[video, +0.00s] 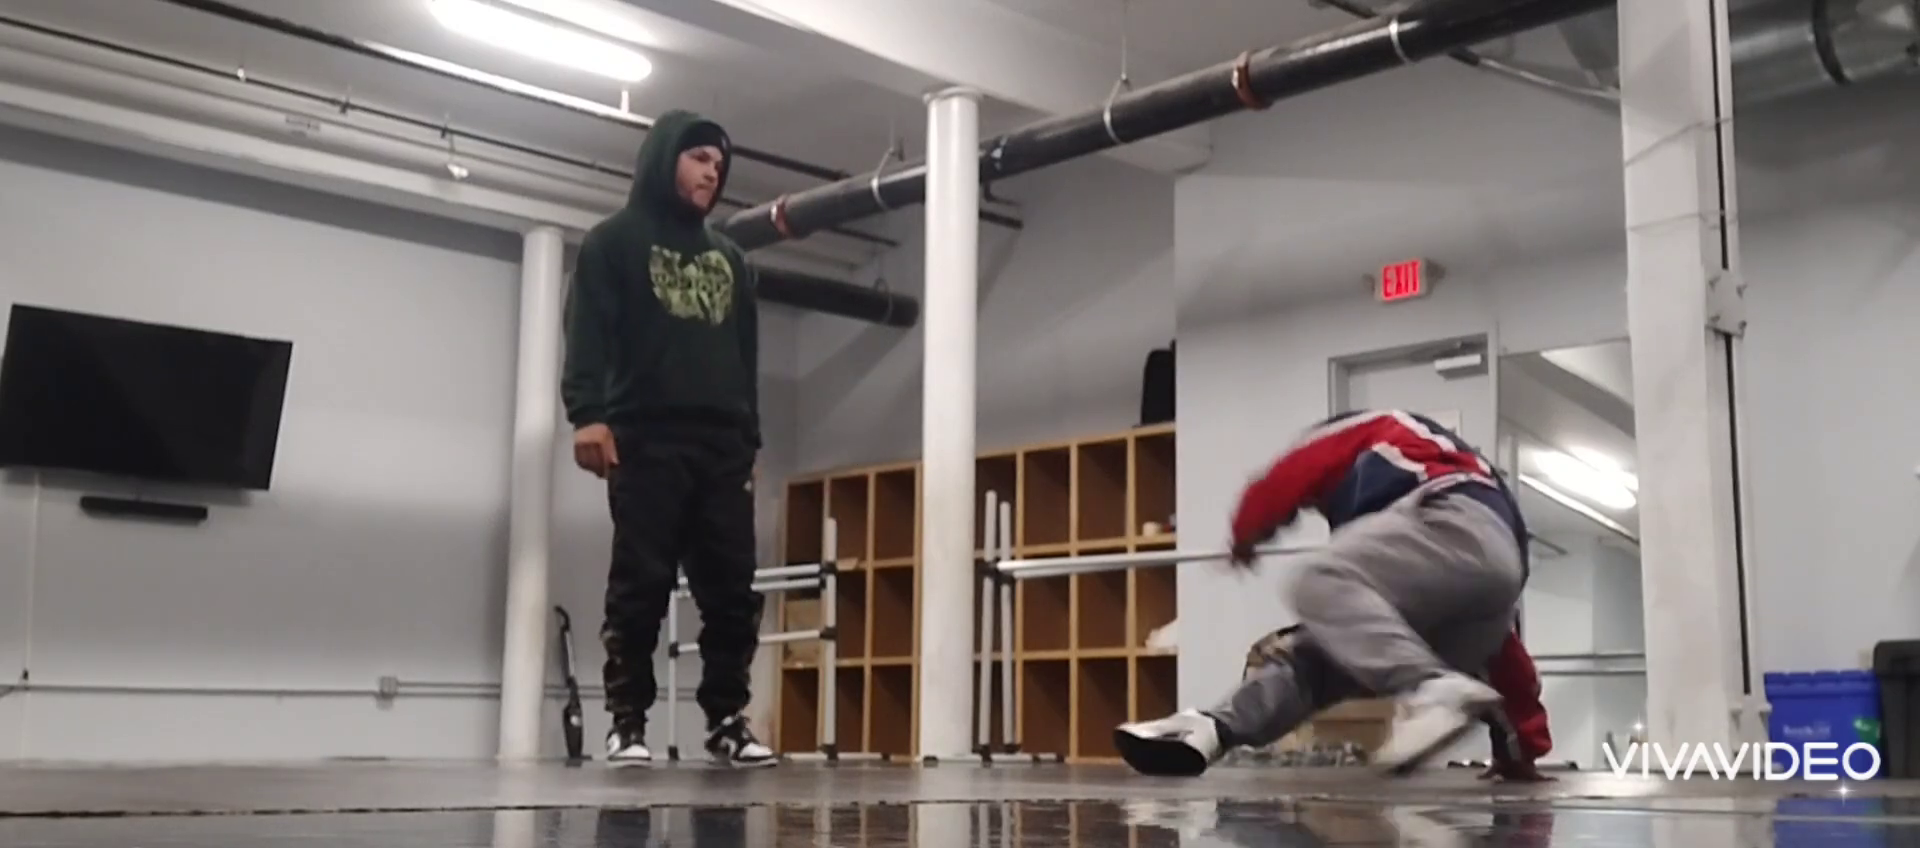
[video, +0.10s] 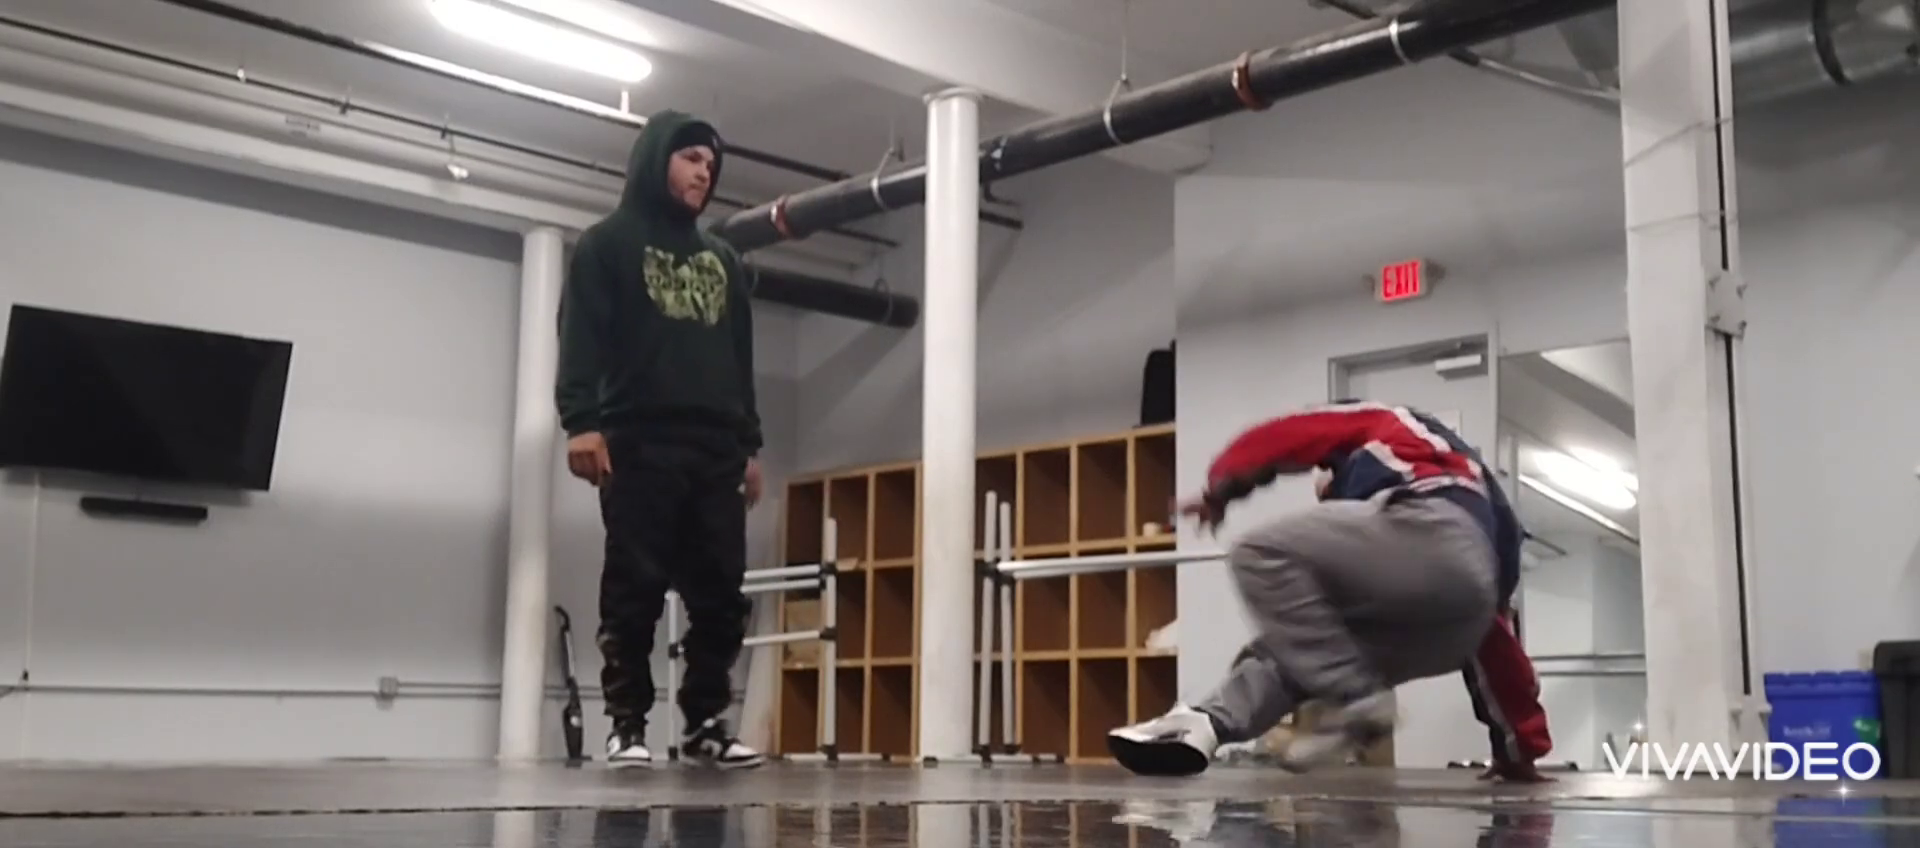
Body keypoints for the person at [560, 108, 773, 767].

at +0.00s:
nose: (710, 173)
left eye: (718, 164)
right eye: (699, 158)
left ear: (720, 176)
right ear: (662, 159)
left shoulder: (729, 255)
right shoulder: (613, 240)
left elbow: (744, 353)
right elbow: (588, 333)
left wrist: (746, 439)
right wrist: (589, 417)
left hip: (722, 441)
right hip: (646, 437)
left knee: (731, 590)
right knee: (640, 585)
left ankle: (727, 723)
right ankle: (628, 726)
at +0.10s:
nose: (703, 172)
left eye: (710, 164)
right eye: (691, 158)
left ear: (712, 176)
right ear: (654, 160)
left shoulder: (723, 256)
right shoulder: (606, 242)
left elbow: (739, 358)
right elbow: (580, 339)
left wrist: (748, 448)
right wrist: (582, 425)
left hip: (715, 442)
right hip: (638, 438)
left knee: (720, 594)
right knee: (633, 588)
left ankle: (704, 727)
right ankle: (627, 728)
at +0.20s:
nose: (697, 171)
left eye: (704, 162)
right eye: (685, 156)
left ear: (705, 174)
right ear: (647, 159)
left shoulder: (716, 253)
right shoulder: (601, 243)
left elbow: (741, 353)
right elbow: (578, 342)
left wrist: (753, 439)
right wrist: (580, 431)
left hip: (709, 445)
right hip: (634, 441)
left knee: (711, 595)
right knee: (629, 588)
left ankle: (690, 728)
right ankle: (627, 727)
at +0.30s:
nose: (692, 167)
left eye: (698, 159)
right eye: (679, 153)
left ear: (701, 173)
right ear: (644, 158)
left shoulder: (715, 252)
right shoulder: (598, 243)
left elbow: (741, 348)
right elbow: (576, 345)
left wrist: (760, 431)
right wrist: (582, 437)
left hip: (706, 446)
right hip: (630, 444)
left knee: (712, 593)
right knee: (628, 590)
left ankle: (697, 728)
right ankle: (627, 729)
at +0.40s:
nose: (689, 169)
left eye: (696, 161)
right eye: (676, 156)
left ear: (698, 175)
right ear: (642, 161)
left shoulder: (712, 256)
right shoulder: (596, 246)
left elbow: (740, 348)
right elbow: (575, 349)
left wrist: (762, 428)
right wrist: (584, 442)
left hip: (706, 448)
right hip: (631, 447)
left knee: (716, 594)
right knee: (628, 592)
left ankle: (699, 725)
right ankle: (627, 728)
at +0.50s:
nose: (689, 172)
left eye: (696, 164)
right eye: (677, 158)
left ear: (698, 177)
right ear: (642, 163)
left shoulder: (712, 256)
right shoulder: (596, 248)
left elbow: (739, 348)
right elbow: (575, 348)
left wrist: (759, 427)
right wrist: (589, 444)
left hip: (705, 450)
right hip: (630, 449)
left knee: (718, 591)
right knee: (626, 592)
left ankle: (695, 713)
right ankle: (627, 725)